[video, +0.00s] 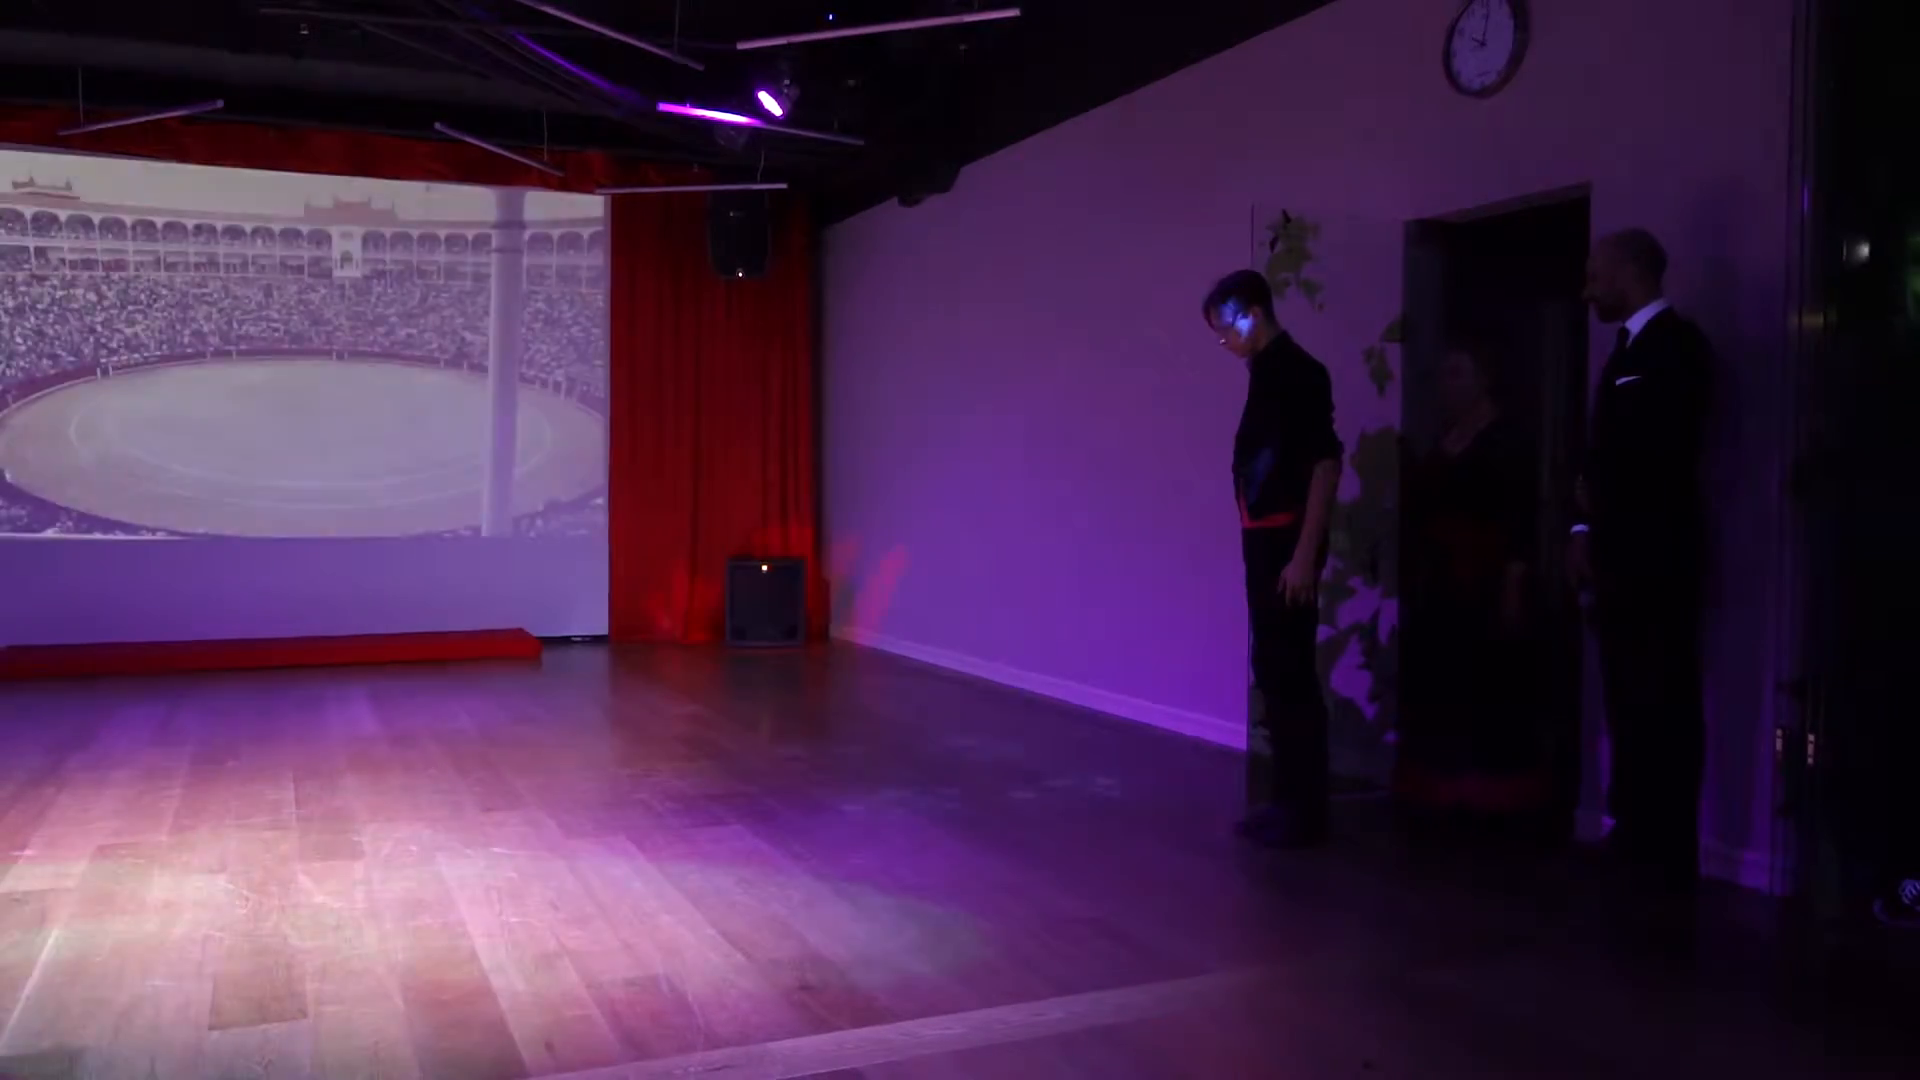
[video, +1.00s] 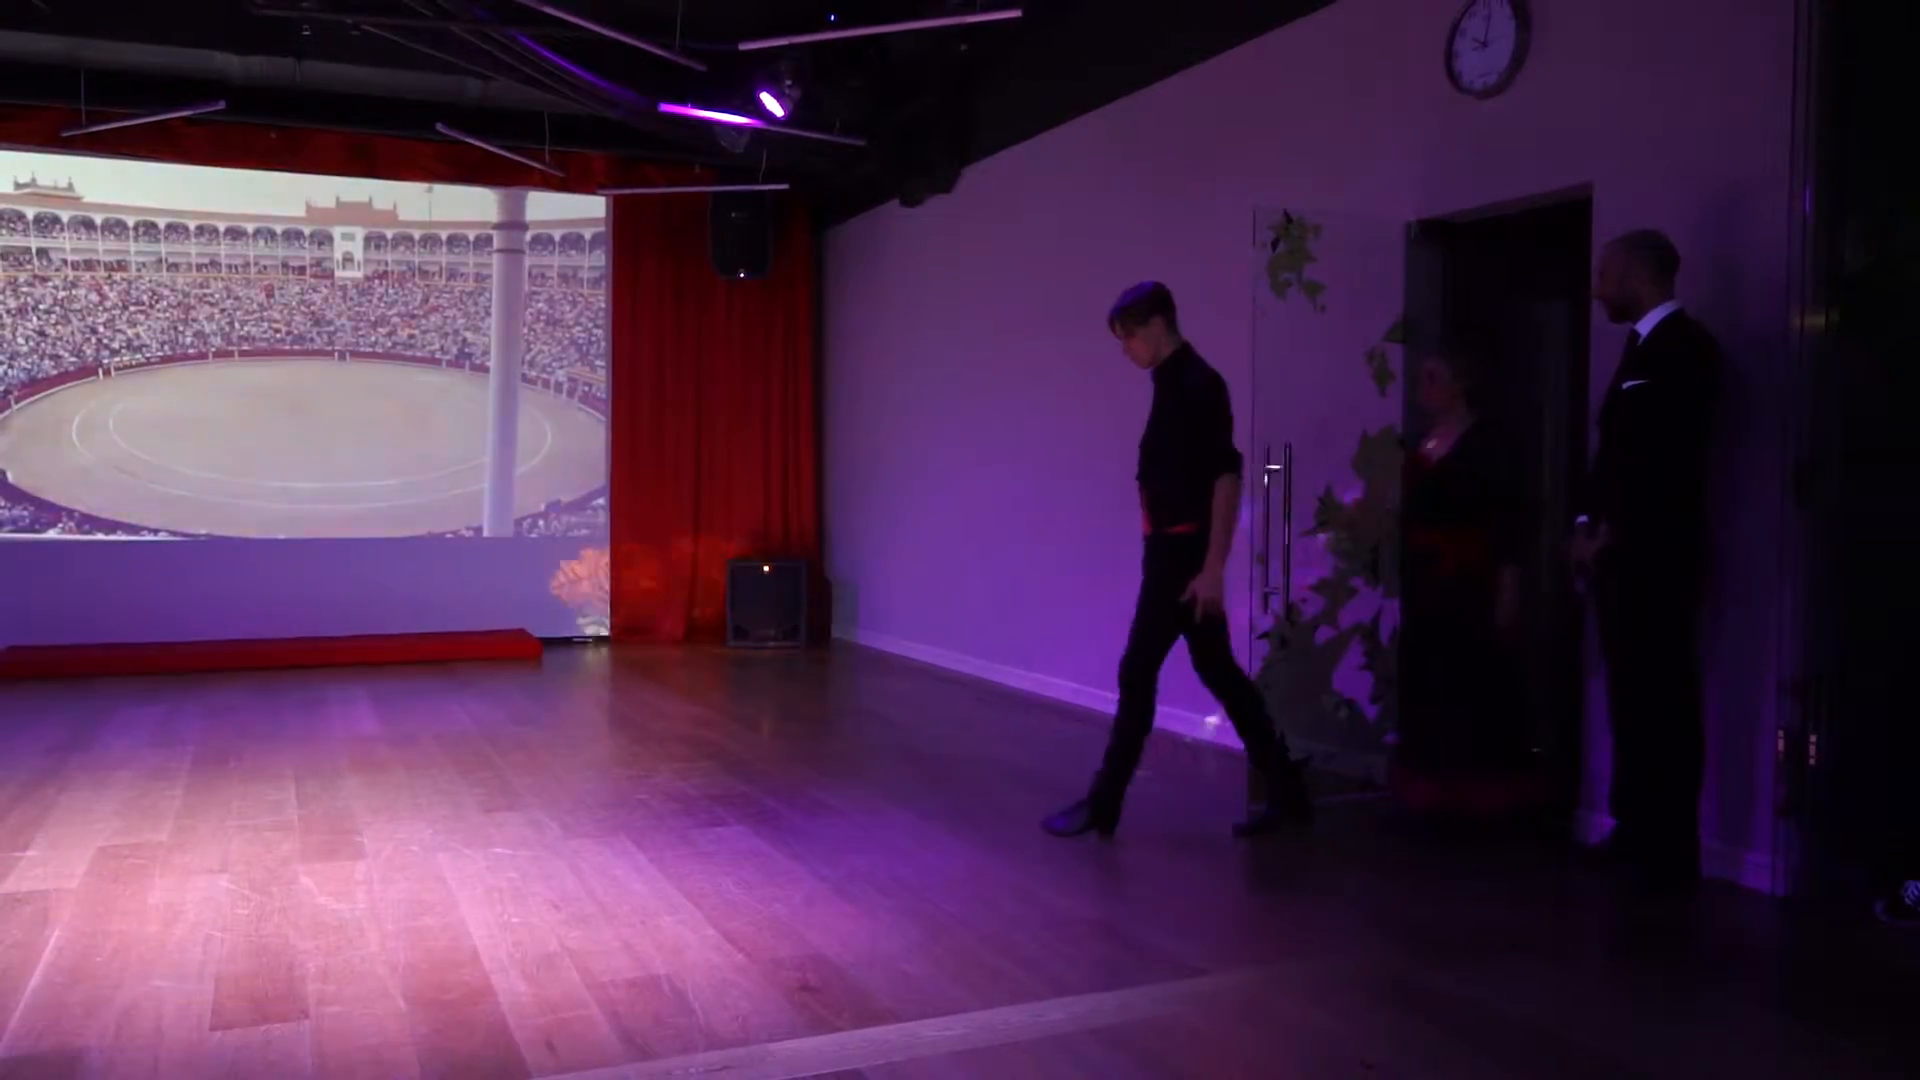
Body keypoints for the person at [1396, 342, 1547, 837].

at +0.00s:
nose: (1449, 385)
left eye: (1459, 375)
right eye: (1445, 375)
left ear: (1483, 380)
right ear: (1438, 381)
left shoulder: (1505, 439)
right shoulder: (1439, 440)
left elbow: (1514, 519)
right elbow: (1423, 515)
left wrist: (1511, 585)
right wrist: (1415, 574)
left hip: (1488, 591)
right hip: (1438, 587)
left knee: (1489, 699)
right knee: (1438, 694)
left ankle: (1492, 805)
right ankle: (1438, 800)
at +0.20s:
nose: (1449, 385)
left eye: (1459, 376)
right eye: (1445, 376)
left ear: (1482, 379)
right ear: (1439, 380)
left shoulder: (1505, 437)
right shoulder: (1442, 436)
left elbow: (1514, 516)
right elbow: (1425, 512)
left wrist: (1513, 583)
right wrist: (1414, 572)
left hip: (1487, 588)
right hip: (1438, 584)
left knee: (1486, 695)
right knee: (1437, 691)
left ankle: (1490, 803)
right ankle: (1436, 797)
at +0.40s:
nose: (1449, 385)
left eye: (1459, 376)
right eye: (1445, 376)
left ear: (1482, 380)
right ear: (1439, 381)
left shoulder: (1504, 437)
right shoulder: (1442, 435)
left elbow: (1513, 515)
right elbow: (1424, 511)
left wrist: (1513, 582)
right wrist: (1414, 570)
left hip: (1487, 586)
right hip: (1438, 581)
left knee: (1485, 691)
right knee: (1438, 688)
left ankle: (1489, 798)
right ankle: (1436, 792)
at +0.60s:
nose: (1447, 385)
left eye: (1456, 376)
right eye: (1443, 376)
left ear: (1482, 379)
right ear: (1440, 380)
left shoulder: (1505, 437)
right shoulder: (1441, 438)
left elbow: (1515, 516)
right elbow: (1424, 512)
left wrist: (1513, 586)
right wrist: (1414, 572)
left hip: (1487, 587)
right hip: (1438, 584)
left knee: (1485, 694)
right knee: (1439, 691)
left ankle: (1488, 798)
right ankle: (1437, 795)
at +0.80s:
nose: (1440, 387)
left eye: (1451, 377)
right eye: (1439, 377)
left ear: (1476, 382)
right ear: (1438, 383)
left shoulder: (1500, 440)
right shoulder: (1438, 441)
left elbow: (1511, 519)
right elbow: (1421, 514)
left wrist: (1510, 588)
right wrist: (1412, 575)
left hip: (1483, 586)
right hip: (1435, 584)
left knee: (1481, 689)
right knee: (1434, 686)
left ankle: (1483, 793)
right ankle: (1433, 791)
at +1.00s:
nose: (1427, 391)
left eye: (1436, 381)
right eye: (1425, 381)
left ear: (1460, 385)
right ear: (1426, 388)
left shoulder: (1486, 444)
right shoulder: (1423, 446)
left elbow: (1499, 518)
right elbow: (1414, 519)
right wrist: (1410, 581)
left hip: (1473, 590)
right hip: (1426, 589)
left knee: (1472, 693)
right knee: (1426, 690)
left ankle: (1477, 793)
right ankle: (1425, 791)